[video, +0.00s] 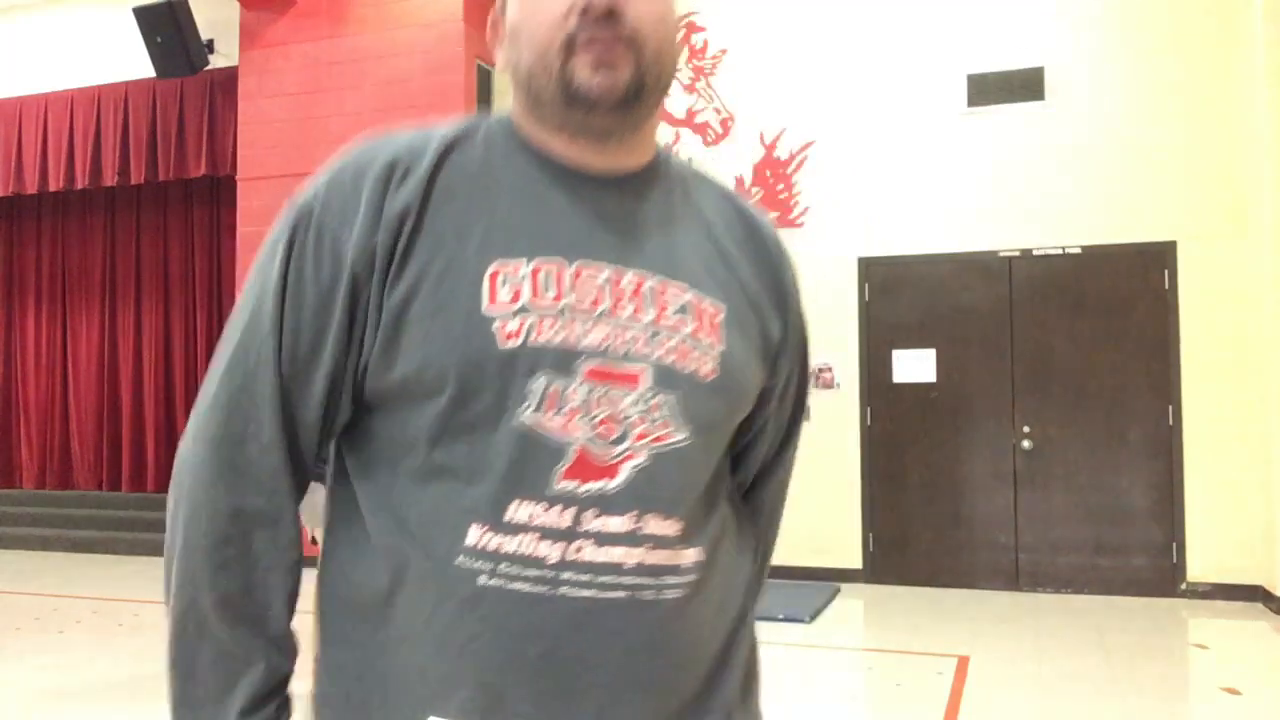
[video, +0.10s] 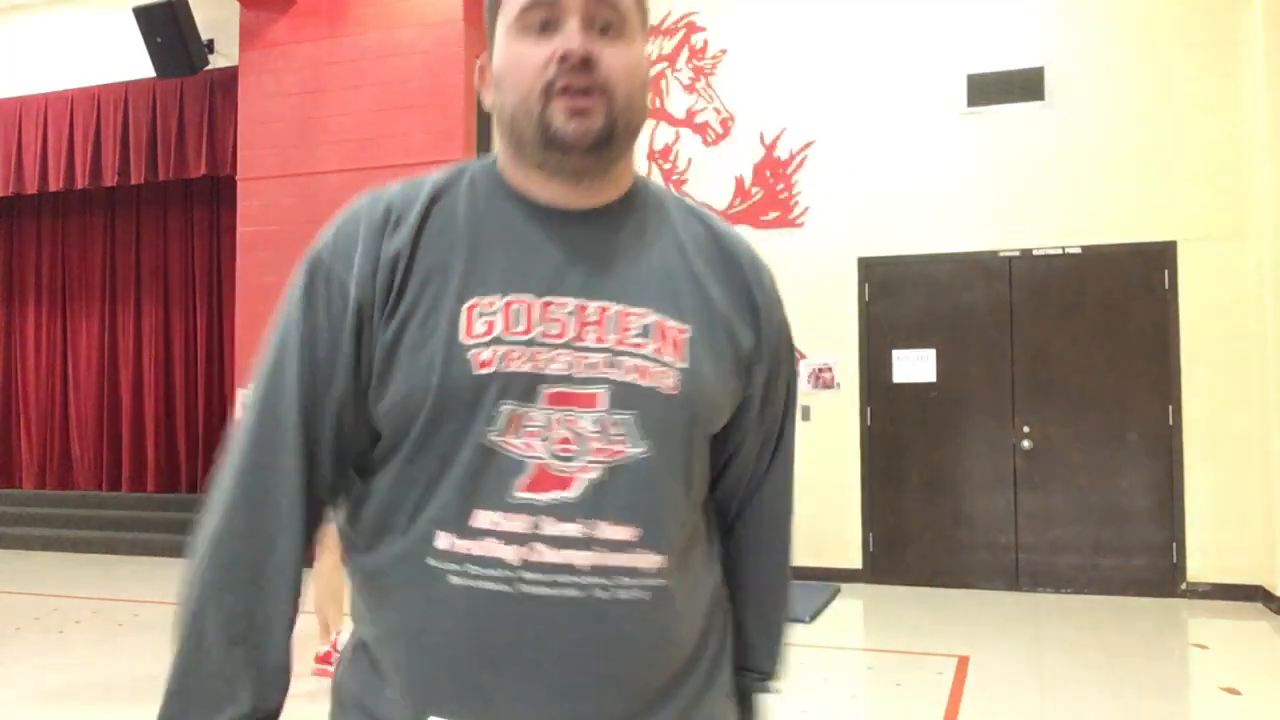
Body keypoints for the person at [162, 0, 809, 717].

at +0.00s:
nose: (601, 4)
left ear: (680, 27)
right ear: (498, 29)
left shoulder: (752, 256)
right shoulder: (376, 198)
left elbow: (744, 532)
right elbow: (228, 478)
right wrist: (240, 706)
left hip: (680, 704)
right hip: (410, 697)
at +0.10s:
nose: (576, 47)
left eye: (608, 23)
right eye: (540, 22)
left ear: (650, 64)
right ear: (487, 75)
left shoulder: (732, 280)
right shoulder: (374, 248)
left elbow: (756, 527)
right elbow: (259, 516)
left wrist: (741, 684)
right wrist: (217, 704)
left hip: (665, 700)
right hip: (416, 697)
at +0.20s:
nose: (557, 70)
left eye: (585, 51)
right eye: (526, 49)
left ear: (626, 87)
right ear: (477, 92)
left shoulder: (707, 267)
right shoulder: (381, 256)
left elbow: (771, 490)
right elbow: (313, 493)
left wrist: (813, 682)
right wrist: (257, 693)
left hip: (637, 691)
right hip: (415, 689)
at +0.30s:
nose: (547, 64)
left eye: (574, 47)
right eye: (517, 46)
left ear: (615, 85)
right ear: (476, 88)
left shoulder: (692, 253)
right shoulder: (385, 240)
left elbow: (779, 456)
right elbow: (315, 441)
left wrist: (867, 649)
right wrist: (309, 616)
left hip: (627, 675)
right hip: (427, 674)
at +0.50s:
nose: (546, 69)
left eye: (572, 53)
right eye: (521, 52)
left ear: (608, 92)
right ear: (482, 90)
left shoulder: (680, 238)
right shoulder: (398, 225)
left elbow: (753, 400)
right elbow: (313, 402)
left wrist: (802, 542)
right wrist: (300, 569)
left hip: (624, 655)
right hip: (426, 651)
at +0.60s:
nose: (546, 83)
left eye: (570, 68)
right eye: (521, 68)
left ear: (604, 106)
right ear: (484, 108)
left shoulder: (674, 242)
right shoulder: (407, 236)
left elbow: (723, 392)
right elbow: (329, 412)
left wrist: (730, 517)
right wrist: (277, 580)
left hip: (621, 639)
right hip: (429, 640)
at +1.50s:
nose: (553, 172)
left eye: (572, 163)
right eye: (535, 158)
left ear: (593, 191)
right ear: (502, 181)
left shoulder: (635, 295)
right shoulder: (437, 283)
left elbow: (667, 434)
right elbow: (388, 428)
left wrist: (683, 553)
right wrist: (359, 561)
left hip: (608, 582)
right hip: (482, 584)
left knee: (605, 712)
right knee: (505, 708)